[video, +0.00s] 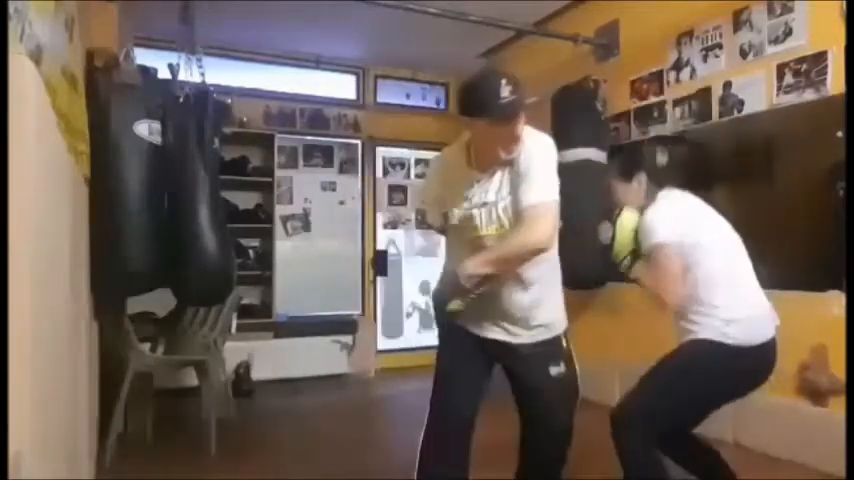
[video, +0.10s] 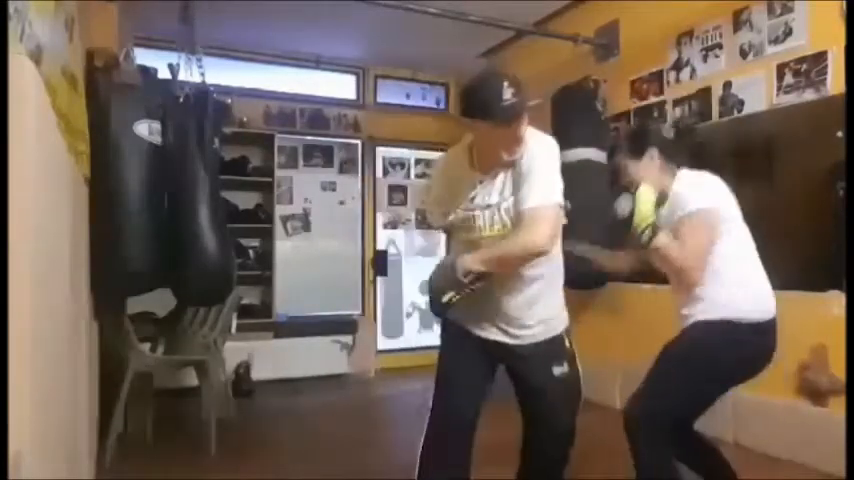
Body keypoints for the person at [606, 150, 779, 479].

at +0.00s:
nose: (615, 198)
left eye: (617, 187)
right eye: (612, 188)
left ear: (639, 180)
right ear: (645, 181)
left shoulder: (659, 214)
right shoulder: (684, 202)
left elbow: (671, 294)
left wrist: (633, 264)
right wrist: (638, 256)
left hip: (724, 347)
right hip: (754, 345)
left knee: (629, 420)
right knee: (665, 427)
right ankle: (720, 473)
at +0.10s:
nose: (626, 182)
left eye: (627, 170)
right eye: (622, 173)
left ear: (652, 157)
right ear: (651, 160)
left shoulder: (698, 188)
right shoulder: (672, 201)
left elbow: (690, 272)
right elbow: (637, 263)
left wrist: (652, 231)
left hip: (730, 328)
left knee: (644, 417)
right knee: (669, 424)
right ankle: (722, 473)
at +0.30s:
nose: (627, 172)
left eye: (629, 161)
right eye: (623, 165)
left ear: (656, 150)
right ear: (656, 153)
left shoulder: (686, 183)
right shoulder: (686, 183)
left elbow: (675, 266)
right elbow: (679, 255)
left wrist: (643, 218)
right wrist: (638, 249)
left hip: (736, 317)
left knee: (661, 414)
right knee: (676, 416)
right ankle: (728, 473)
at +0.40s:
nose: (618, 187)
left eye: (621, 176)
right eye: (615, 179)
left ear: (645, 168)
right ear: (648, 170)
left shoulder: (665, 200)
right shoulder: (685, 191)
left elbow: (656, 278)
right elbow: (692, 278)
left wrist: (626, 236)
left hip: (737, 325)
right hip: (766, 322)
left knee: (658, 417)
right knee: (686, 420)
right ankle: (730, 473)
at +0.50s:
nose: (616, 220)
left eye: (617, 210)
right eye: (613, 212)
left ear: (633, 204)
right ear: (656, 197)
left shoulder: (649, 231)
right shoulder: (688, 219)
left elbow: (642, 311)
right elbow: (678, 307)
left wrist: (617, 276)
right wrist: (632, 268)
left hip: (737, 345)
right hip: (783, 342)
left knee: (652, 422)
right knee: (689, 424)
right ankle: (731, 473)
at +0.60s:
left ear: (645, 221)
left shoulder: (646, 266)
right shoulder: (707, 246)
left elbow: (627, 359)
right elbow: (675, 337)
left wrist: (609, 314)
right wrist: (632, 295)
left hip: (746, 361)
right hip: (792, 360)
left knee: (650, 424)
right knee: (692, 428)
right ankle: (729, 474)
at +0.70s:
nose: (607, 278)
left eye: (608, 269)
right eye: (605, 272)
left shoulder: (650, 286)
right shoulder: (681, 260)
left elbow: (626, 380)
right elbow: (673, 346)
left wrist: (604, 332)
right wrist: (626, 317)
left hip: (754, 372)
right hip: (788, 365)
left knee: (652, 426)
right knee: (689, 430)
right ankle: (722, 473)